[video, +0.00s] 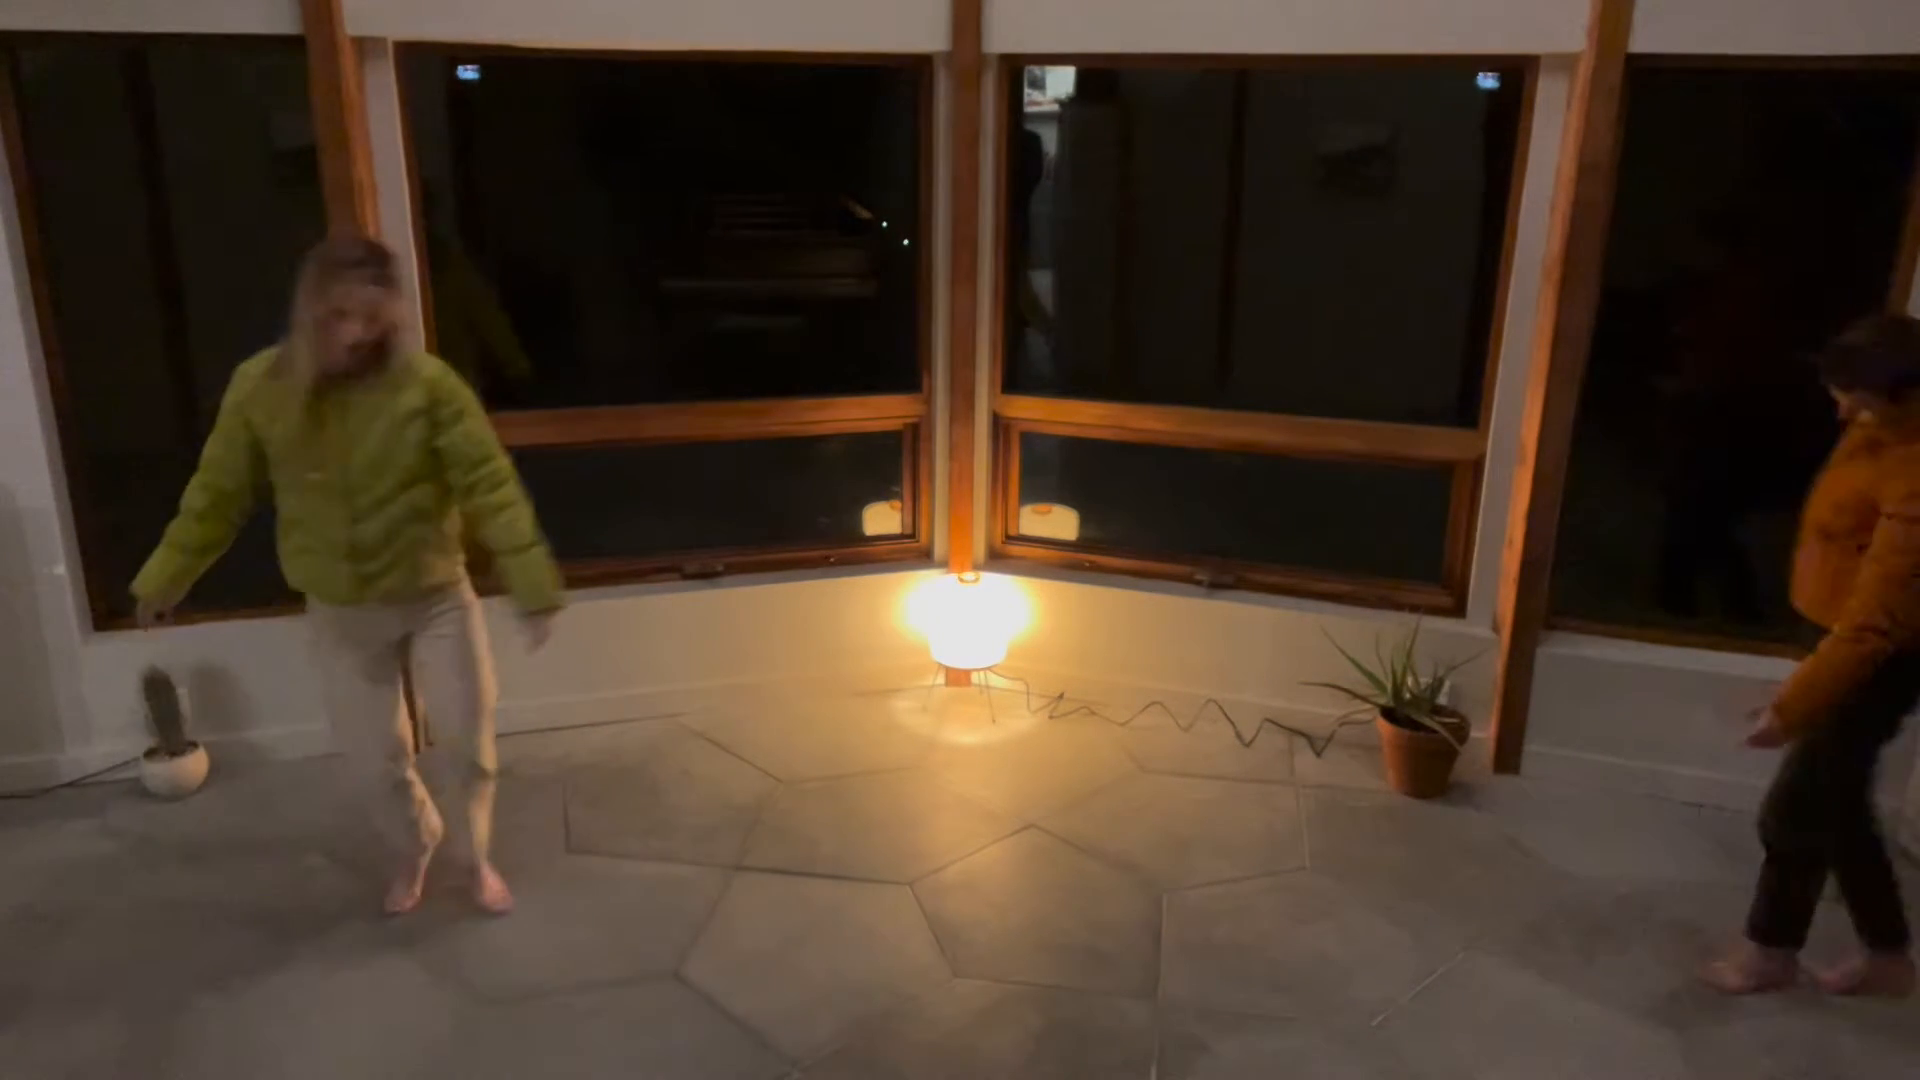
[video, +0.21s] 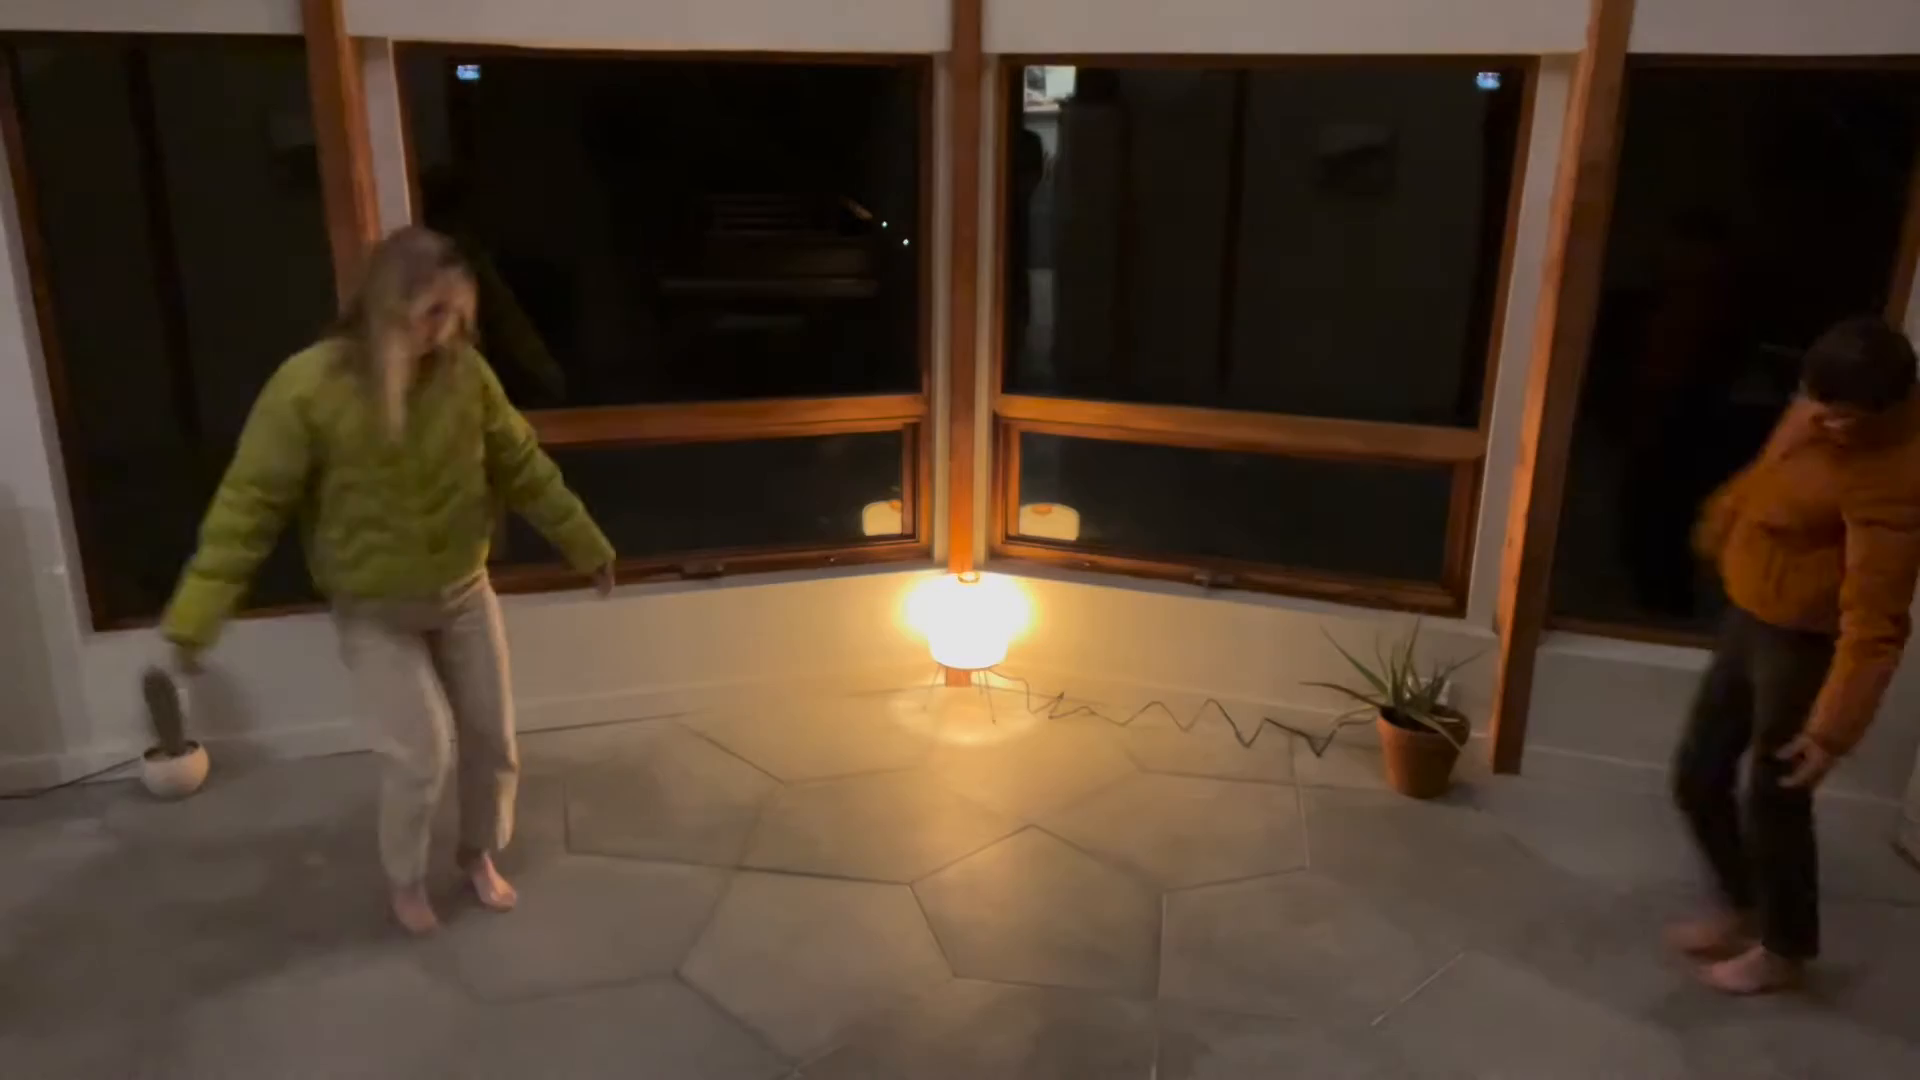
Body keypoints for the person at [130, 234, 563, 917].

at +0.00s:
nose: (353, 333)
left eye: (369, 317)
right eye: (337, 315)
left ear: (391, 317)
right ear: (308, 314)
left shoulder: (426, 387)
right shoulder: (263, 390)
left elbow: (489, 484)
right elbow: (215, 493)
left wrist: (534, 584)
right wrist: (162, 579)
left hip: (439, 597)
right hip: (342, 609)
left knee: (469, 743)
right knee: (371, 756)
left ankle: (476, 855)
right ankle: (417, 841)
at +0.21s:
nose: (447, 329)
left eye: (456, 314)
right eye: (434, 312)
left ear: (463, 312)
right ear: (389, 303)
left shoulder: (464, 373)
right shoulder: (311, 386)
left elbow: (523, 465)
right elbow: (249, 504)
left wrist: (585, 543)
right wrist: (193, 619)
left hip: (464, 594)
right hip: (373, 610)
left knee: (494, 742)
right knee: (423, 748)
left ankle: (483, 856)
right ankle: (407, 880)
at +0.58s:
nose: (523, 333)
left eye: (524, 318)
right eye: (516, 318)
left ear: (477, 311)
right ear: (477, 313)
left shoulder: (459, 382)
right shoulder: (420, 388)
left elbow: (468, 505)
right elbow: (427, 523)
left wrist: (497, 597)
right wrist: (489, 623)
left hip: (466, 596)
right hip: (422, 604)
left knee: (518, 731)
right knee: (479, 753)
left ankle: (457, 872)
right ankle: (412, 903)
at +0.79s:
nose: (562, 321)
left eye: (562, 305)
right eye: (556, 305)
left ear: (476, 300)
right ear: (523, 307)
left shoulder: (424, 370)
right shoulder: (508, 391)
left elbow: (395, 484)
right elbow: (560, 524)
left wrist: (394, 568)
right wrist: (650, 610)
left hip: (427, 589)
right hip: (477, 599)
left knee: (482, 741)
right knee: (538, 746)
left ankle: (460, 890)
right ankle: (494, 908)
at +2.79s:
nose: (732, 308)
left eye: (734, 295)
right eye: (725, 298)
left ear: (730, 295)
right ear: (690, 298)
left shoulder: (726, 322)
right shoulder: (642, 359)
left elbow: (785, 290)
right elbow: (646, 453)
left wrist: (849, 240)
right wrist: (689, 390)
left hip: (717, 524)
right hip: (669, 539)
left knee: (722, 651)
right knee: (716, 663)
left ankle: (685, 761)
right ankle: (670, 776)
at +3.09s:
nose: (740, 305)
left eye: (753, 292)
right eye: (727, 290)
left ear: (765, 285)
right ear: (695, 281)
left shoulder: (782, 328)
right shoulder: (651, 342)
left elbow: (863, 346)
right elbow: (598, 433)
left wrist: (957, 339)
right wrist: (596, 358)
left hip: (765, 531)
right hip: (691, 538)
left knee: (776, 663)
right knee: (726, 666)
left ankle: (759, 763)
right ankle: (711, 780)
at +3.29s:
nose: (765, 298)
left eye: (778, 288)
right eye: (756, 281)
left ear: (789, 291)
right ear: (726, 272)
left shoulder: (801, 349)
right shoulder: (665, 335)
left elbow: (881, 403)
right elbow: (588, 391)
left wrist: (973, 435)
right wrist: (563, 329)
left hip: (779, 542)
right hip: (698, 546)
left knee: (798, 682)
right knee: (725, 685)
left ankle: (802, 792)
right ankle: (733, 791)